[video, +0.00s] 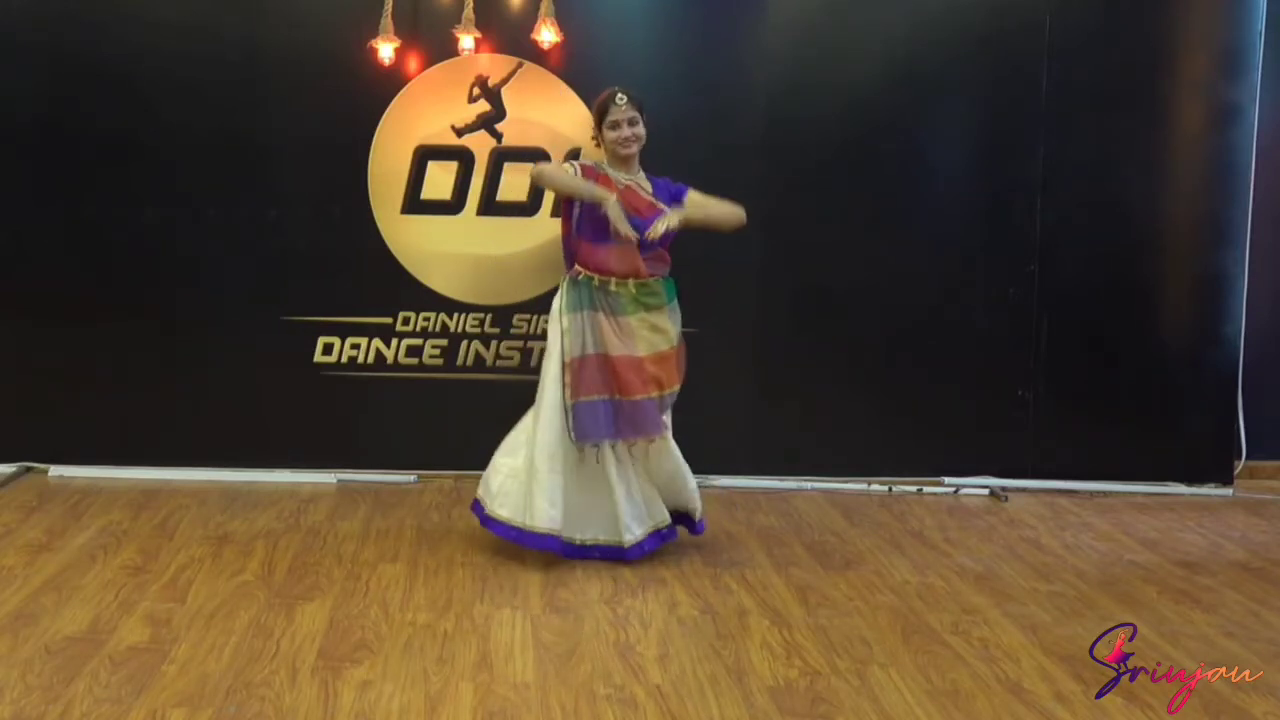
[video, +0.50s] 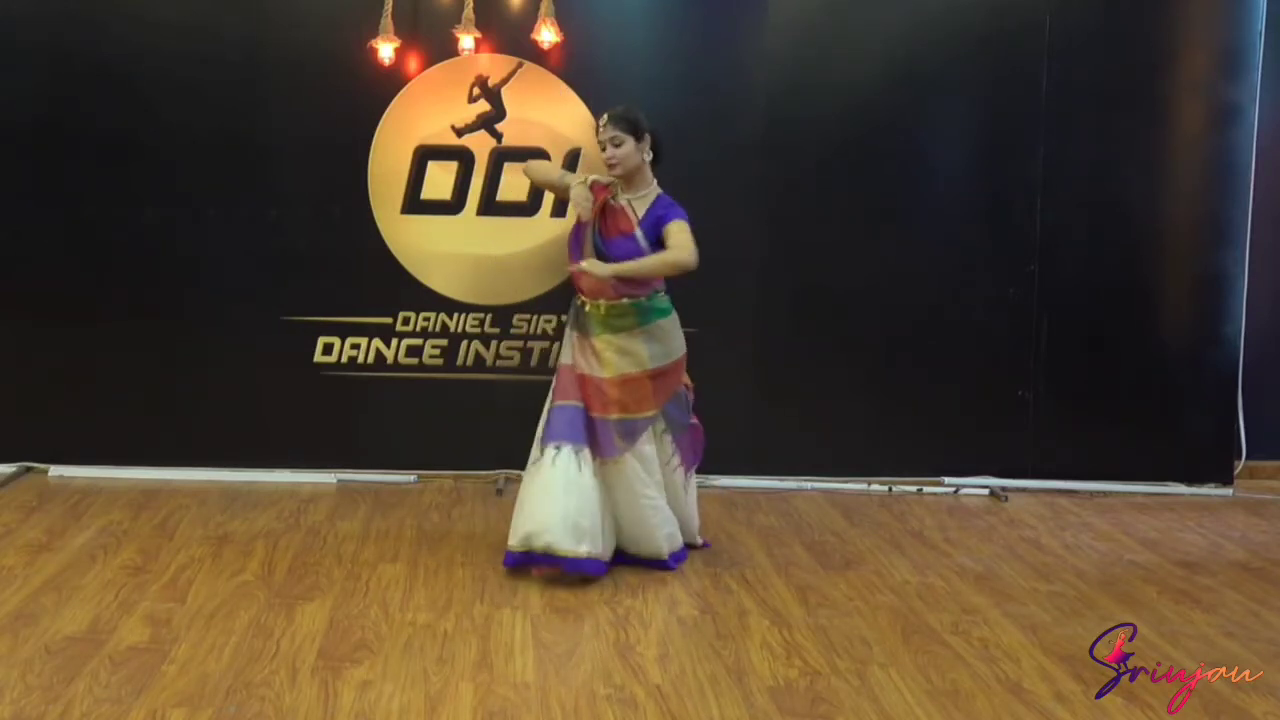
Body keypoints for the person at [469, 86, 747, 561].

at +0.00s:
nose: (626, 131)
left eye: (633, 122)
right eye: (615, 125)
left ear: (645, 127)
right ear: (599, 134)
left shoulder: (661, 190)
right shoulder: (586, 178)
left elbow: (736, 215)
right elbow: (544, 174)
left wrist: (684, 214)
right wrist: (607, 198)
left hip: (646, 313)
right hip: (590, 311)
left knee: (640, 415)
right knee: (590, 413)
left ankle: (637, 516)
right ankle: (589, 523)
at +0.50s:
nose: (608, 154)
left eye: (617, 144)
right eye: (603, 147)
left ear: (645, 145)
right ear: (600, 153)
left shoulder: (664, 210)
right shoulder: (596, 193)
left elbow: (685, 257)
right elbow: (533, 167)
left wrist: (613, 268)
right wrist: (573, 184)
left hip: (643, 338)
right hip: (589, 335)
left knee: (636, 439)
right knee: (568, 431)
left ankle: (651, 534)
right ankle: (568, 539)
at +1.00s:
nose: (601, 130)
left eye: (609, 121)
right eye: (599, 121)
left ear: (640, 122)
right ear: (606, 125)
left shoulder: (660, 176)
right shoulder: (605, 175)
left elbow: (630, 187)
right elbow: (582, 205)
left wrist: (580, 201)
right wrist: (572, 218)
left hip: (647, 318)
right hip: (598, 320)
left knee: (661, 429)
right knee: (596, 431)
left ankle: (681, 538)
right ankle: (596, 539)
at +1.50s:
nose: (604, 130)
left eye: (615, 123)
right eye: (600, 122)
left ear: (641, 133)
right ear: (594, 130)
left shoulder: (661, 188)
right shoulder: (576, 193)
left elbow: (694, 152)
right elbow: (520, 230)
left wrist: (630, 173)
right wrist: (551, 231)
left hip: (641, 330)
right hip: (584, 329)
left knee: (631, 438)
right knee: (586, 438)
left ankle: (656, 546)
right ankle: (592, 544)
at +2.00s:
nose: (607, 146)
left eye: (615, 138)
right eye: (596, 137)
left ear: (624, 145)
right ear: (576, 142)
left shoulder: (638, 201)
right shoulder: (563, 201)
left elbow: (714, 204)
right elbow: (528, 236)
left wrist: (680, 211)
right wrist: (601, 235)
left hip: (629, 339)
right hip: (571, 338)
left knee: (627, 445)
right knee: (575, 447)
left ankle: (618, 561)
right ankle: (569, 566)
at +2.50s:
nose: (625, 126)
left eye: (627, 115)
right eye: (612, 119)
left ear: (632, 119)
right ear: (582, 129)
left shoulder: (645, 182)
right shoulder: (569, 182)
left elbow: (719, 204)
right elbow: (563, 228)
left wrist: (706, 166)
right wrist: (597, 176)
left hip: (634, 319)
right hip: (580, 318)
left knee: (630, 433)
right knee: (582, 433)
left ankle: (617, 558)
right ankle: (577, 558)